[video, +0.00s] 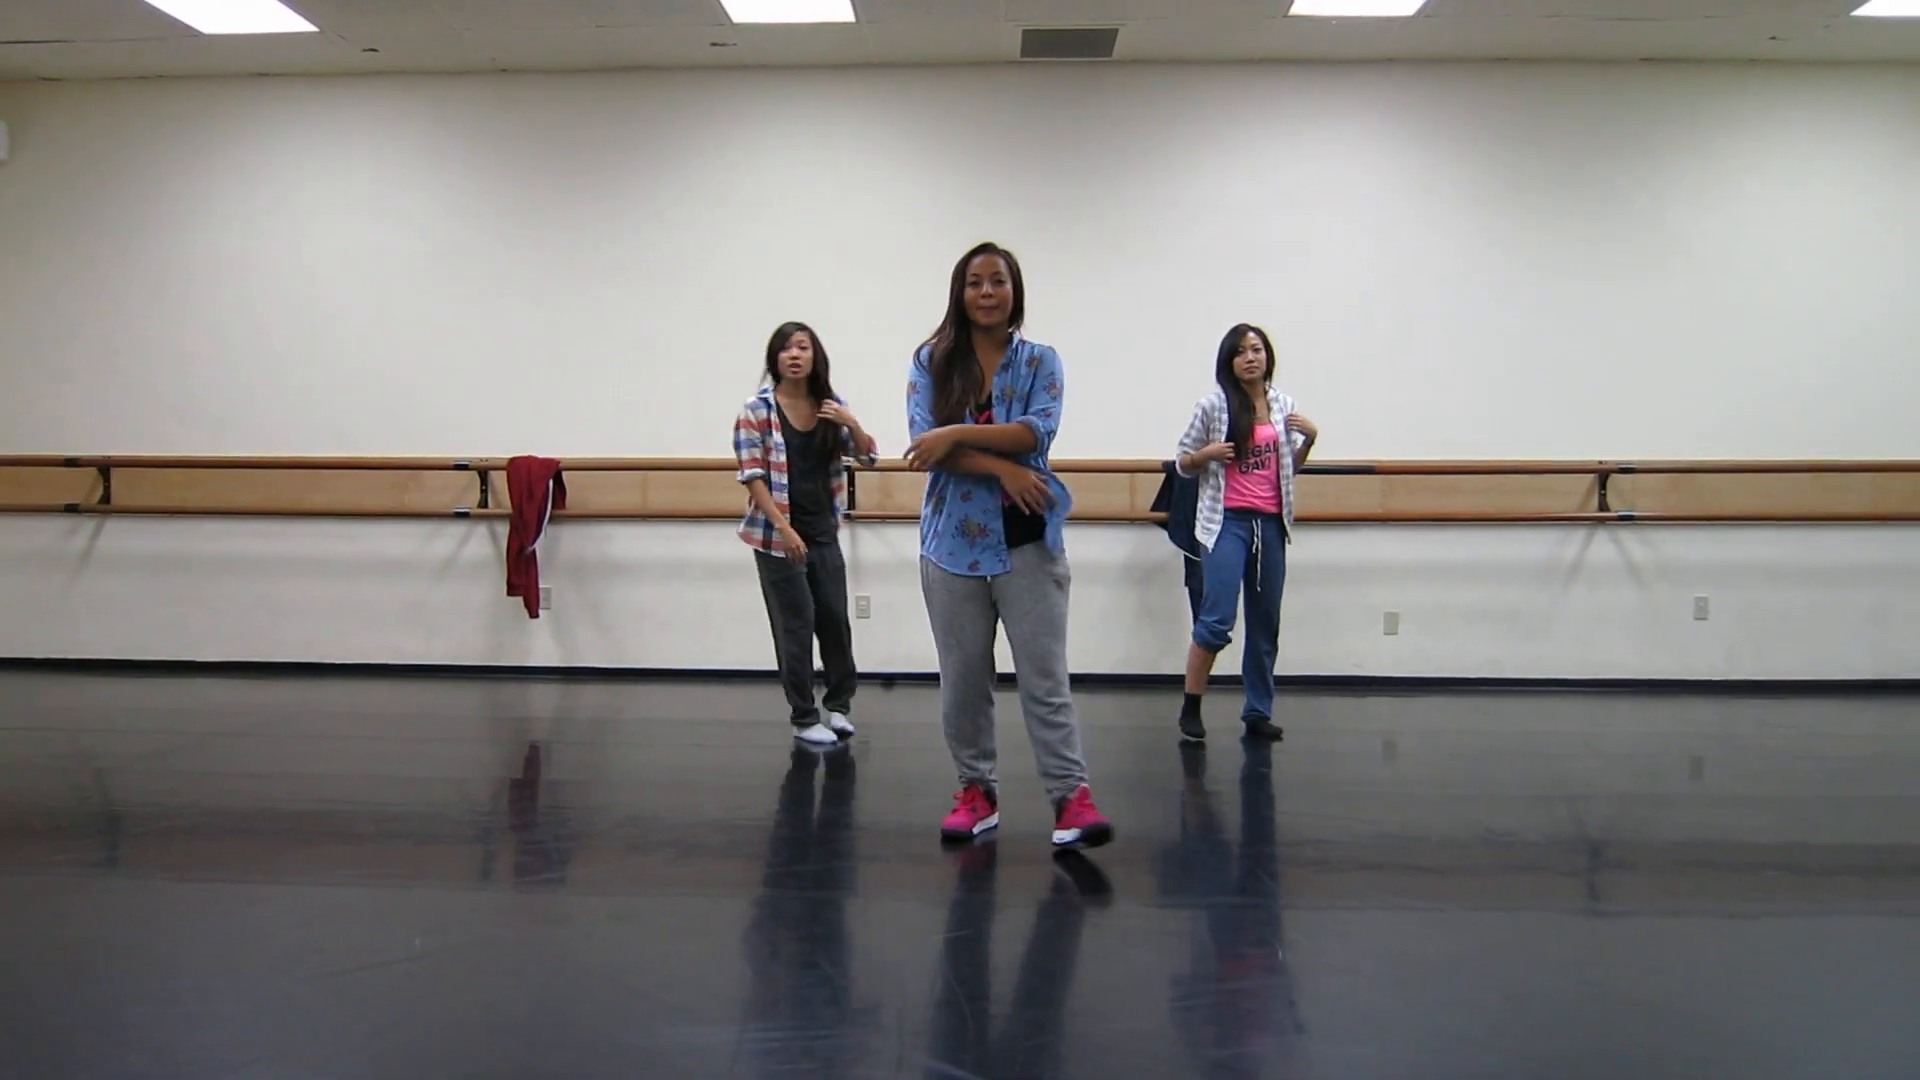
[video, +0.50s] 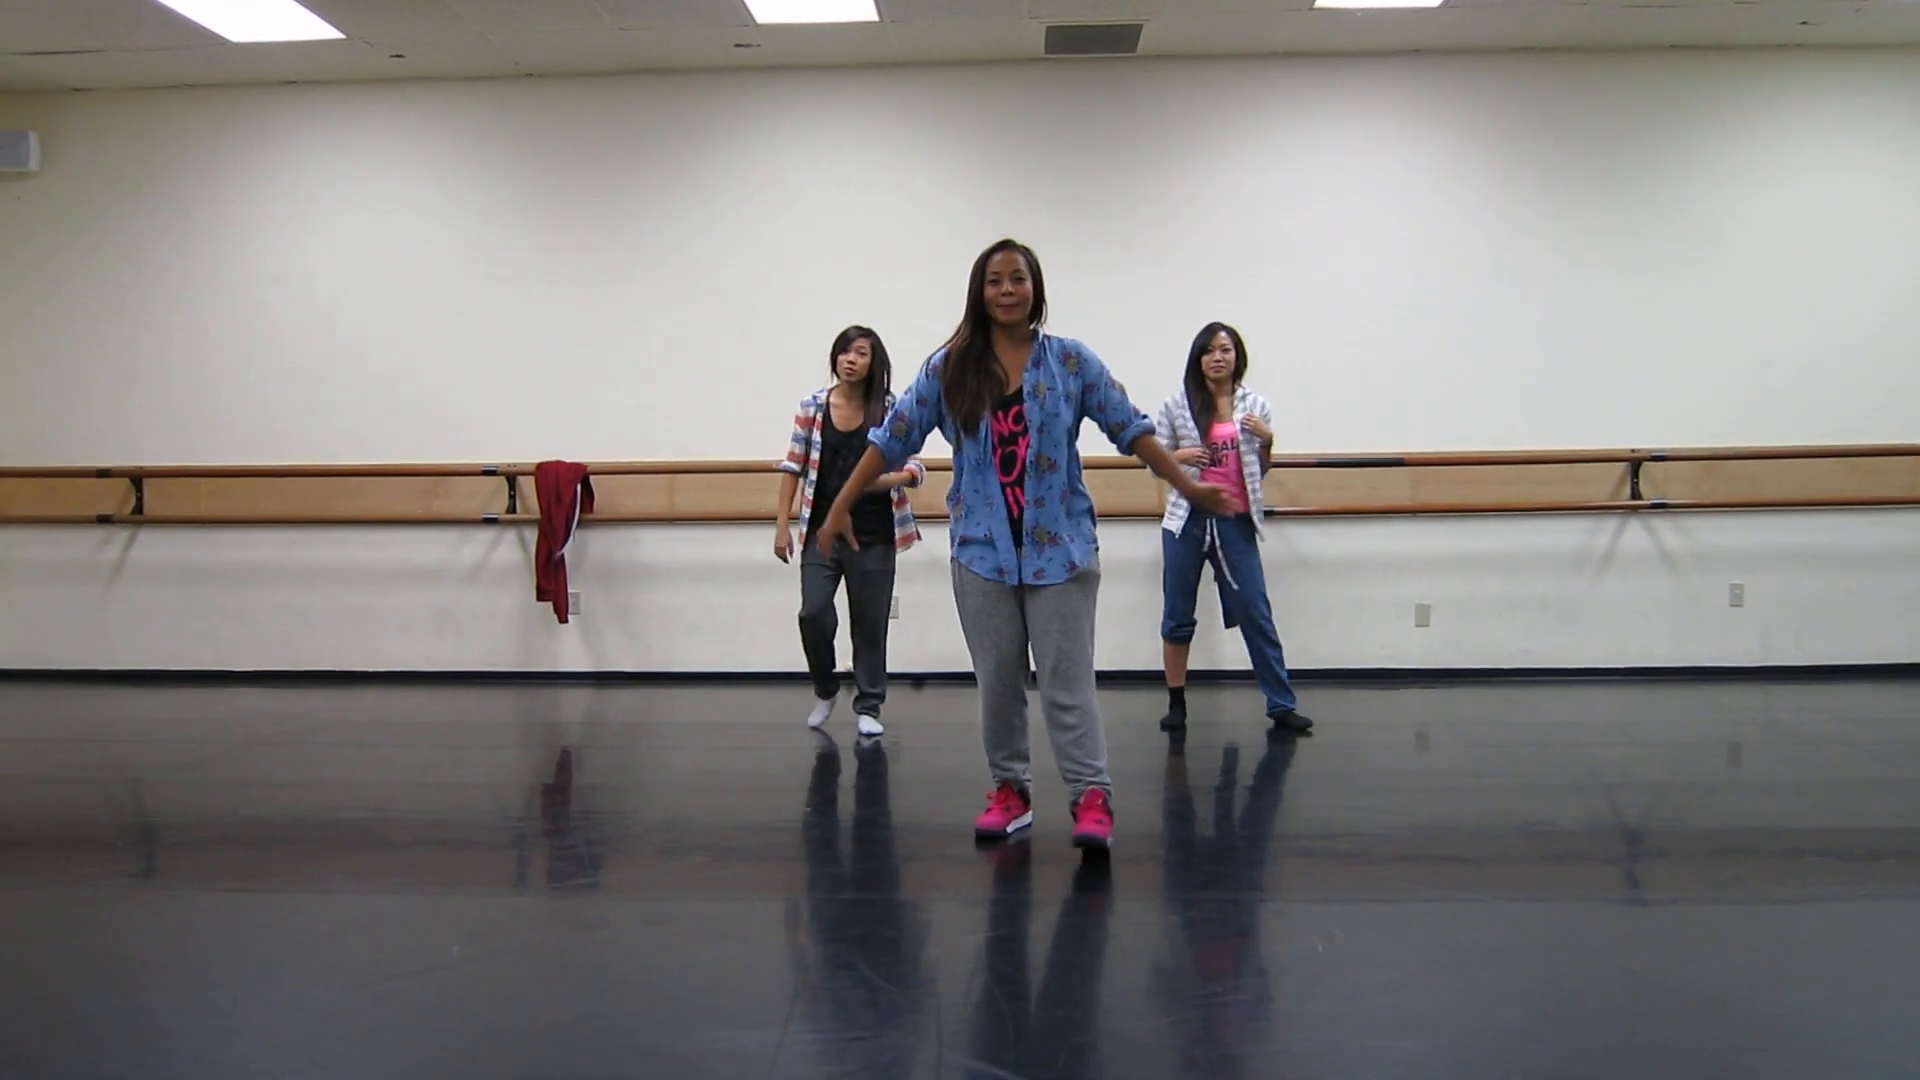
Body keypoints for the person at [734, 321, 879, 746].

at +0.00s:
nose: (795, 354)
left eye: (803, 347)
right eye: (787, 348)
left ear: (816, 357)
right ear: (774, 357)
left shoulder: (831, 408)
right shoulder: (756, 412)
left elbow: (867, 455)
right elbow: (753, 478)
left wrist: (850, 422)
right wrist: (782, 528)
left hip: (824, 536)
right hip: (778, 538)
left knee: (835, 622)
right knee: (795, 628)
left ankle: (838, 706)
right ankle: (805, 718)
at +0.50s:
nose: (853, 358)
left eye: (863, 353)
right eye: (847, 351)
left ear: (875, 363)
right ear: (835, 357)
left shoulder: (891, 409)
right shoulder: (814, 406)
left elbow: (915, 470)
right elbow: (793, 467)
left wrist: (878, 482)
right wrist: (782, 523)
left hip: (874, 537)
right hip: (821, 533)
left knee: (869, 627)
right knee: (813, 613)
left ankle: (869, 709)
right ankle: (825, 691)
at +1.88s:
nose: (854, 386)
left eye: (863, 381)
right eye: (848, 378)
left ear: (876, 389)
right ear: (838, 384)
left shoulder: (892, 434)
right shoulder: (819, 431)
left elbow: (899, 495)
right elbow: (810, 488)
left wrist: (880, 545)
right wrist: (805, 537)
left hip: (876, 554)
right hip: (827, 554)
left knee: (879, 641)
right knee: (819, 638)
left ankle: (875, 720)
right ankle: (813, 719)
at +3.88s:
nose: (812, 403)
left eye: (820, 397)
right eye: (806, 397)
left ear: (834, 404)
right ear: (797, 406)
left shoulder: (853, 448)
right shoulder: (781, 450)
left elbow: (869, 504)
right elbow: (767, 506)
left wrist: (877, 551)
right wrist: (761, 557)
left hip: (841, 567)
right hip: (792, 570)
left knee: (850, 640)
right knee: (800, 653)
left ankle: (869, 729)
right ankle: (811, 733)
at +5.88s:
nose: (829, 410)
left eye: (838, 405)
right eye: (823, 404)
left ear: (850, 414)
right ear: (814, 412)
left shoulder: (868, 460)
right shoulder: (794, 459)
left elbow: (878, 520)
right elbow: (782, 517)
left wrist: (874, 570)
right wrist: (780, 568)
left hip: (853, 579)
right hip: (808, 579)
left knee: (856, 659)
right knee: (816, 664)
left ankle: (854, 717)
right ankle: (831, 743)